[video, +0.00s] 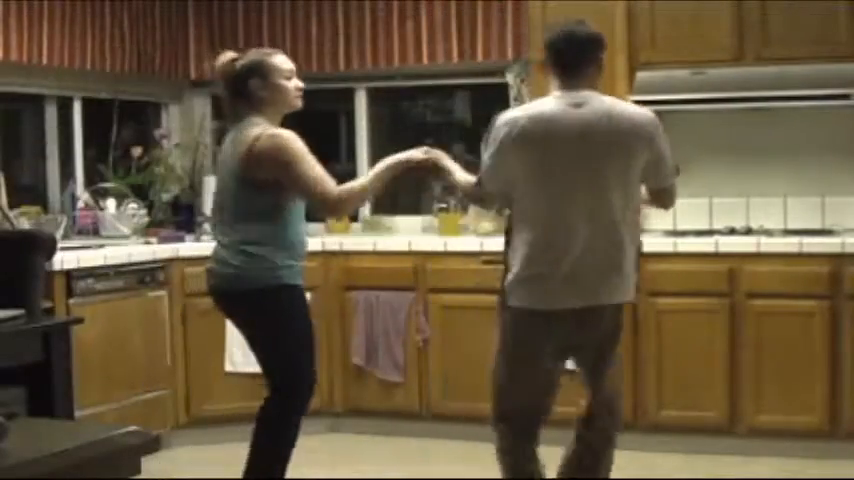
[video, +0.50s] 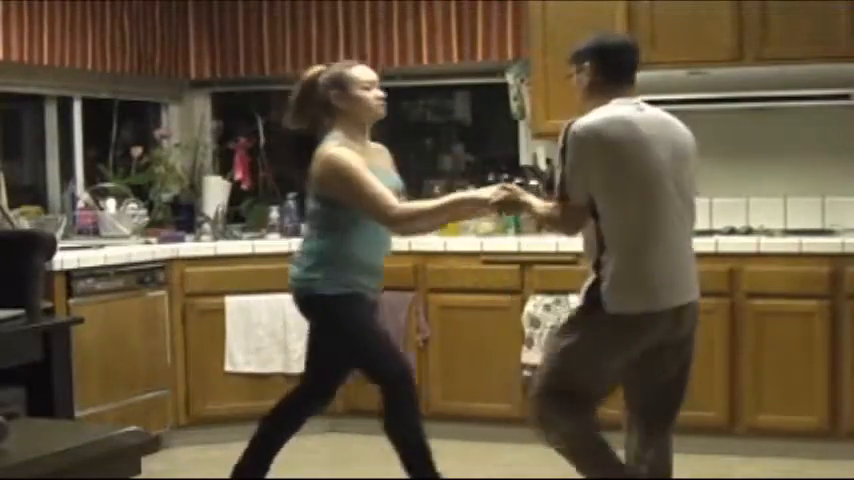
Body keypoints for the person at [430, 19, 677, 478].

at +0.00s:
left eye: (553, 64)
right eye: (598, 63)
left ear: (548, 65)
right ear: (600, 64)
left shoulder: (514, 125)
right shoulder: (639, 123)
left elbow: (486, 194)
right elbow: (664, 195)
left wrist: (444, 165)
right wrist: (620, 181)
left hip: (533, 300)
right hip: (606, 298)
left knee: (517, 427)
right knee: (604, 406)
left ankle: (525, 477)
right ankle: (580, 476)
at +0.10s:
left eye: (563, 71)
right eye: (614, 67)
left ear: (562, 73)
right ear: (617, 70)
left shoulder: (535, 133)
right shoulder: (657, 129)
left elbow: (505, 201)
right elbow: (678, 206)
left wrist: (460, 186)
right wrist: (632, 173)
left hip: (553, 302)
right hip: (625, 301)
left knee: (529, 422)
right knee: (626, 416)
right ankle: (626, 478)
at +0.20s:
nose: (567, 82)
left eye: (569, 73)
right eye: (568, 73)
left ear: (580, 77)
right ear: (629, 76)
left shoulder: (559, 138)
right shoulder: (678, 131)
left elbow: (531, 207)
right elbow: (695, 207)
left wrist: (470, 191)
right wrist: (638, 187)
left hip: (582, 313)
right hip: (655, 310)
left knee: (511, 397)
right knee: (644, 433)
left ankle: (526, 475)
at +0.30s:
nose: (573, 83)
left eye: (576, 73)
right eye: (574, 74)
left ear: (591, 72)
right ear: (632, 74)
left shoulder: (576, 134)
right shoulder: (685, 128)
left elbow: (545, 211)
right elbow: (697, 202)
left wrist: (484, 188)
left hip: (605, 302)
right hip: (673, 300)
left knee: (511, 364)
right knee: (649, 423)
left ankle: (593, 463)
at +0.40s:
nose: (574, 84)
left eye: (577, 73)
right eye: (575, 74)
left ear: (595, 71)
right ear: (633, 74)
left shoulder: (584, 131)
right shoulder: (686, 128)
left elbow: (555, 213)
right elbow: (689, 205)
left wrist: (502, 193)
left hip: (616, 304)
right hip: (680, 302)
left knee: (526, 373)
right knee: (653, 427)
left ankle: (626, 451)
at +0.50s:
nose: (574, 84)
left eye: (576, 73)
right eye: (575, 74)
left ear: (590, 74)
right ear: (630, 76)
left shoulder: (586, 131)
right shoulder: (677, 129)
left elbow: (568, 219)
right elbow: (669, 211)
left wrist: (521, 200)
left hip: (621, 305)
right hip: (680, 302)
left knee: (554, 408)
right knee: (651, 433)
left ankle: (615, 473)